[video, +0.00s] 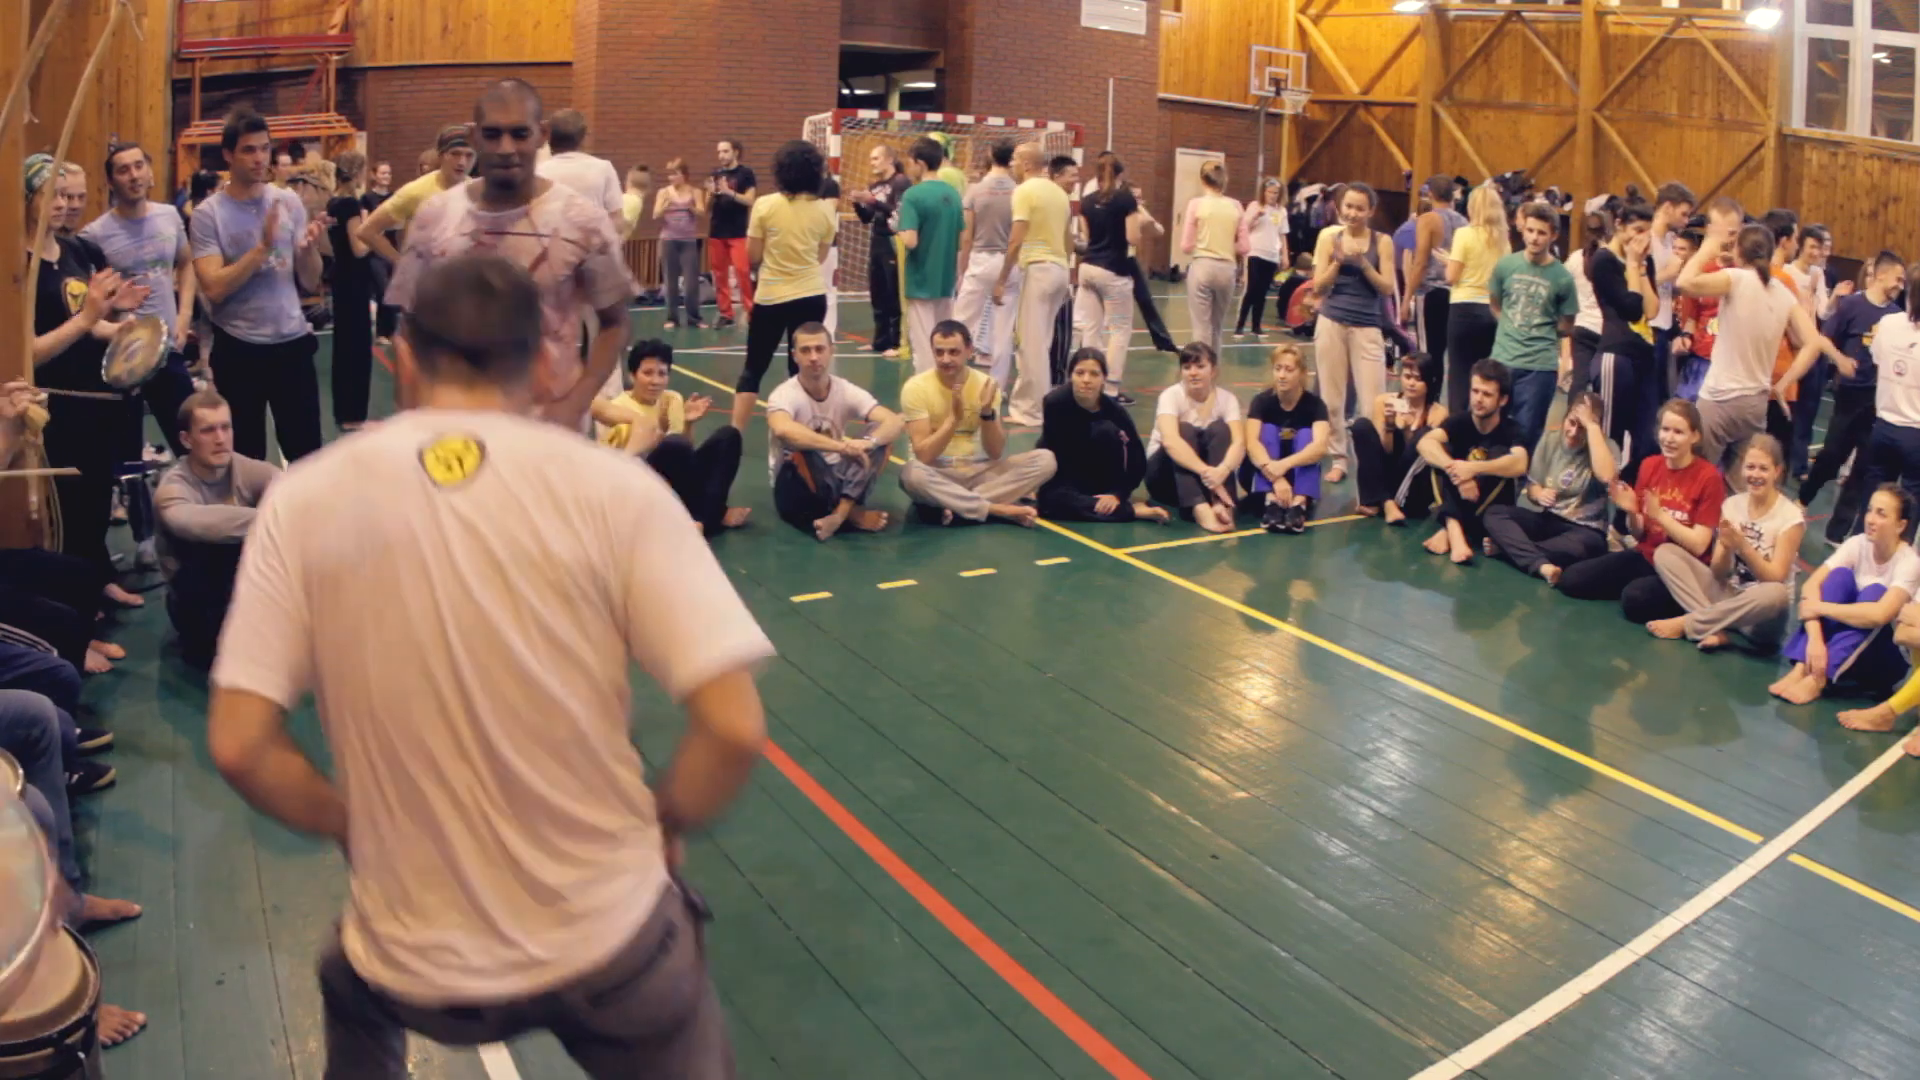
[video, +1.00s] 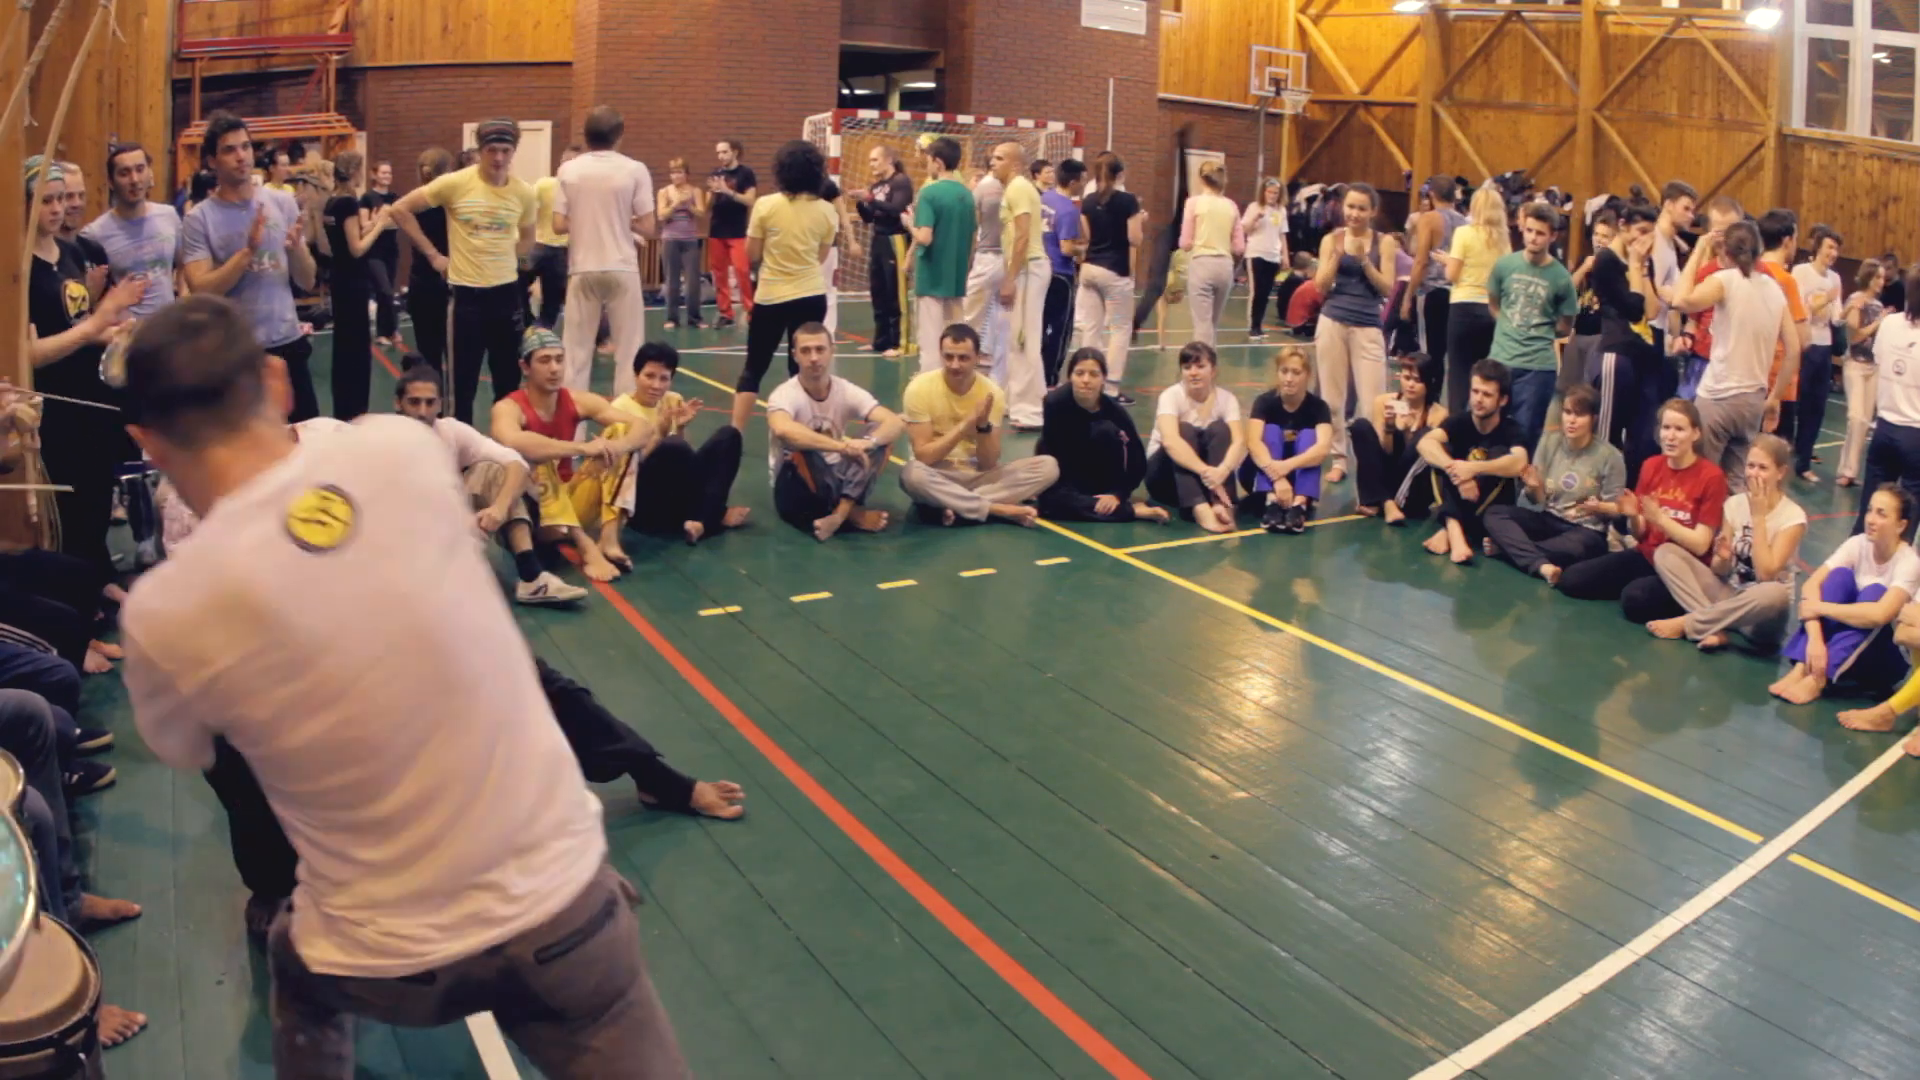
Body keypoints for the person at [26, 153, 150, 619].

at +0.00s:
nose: (68, 204)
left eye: (74, 197)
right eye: (58, 195)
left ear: (80, 201)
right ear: (32, 198)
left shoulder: (79, 251)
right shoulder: (19, 262)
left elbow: (87, 321)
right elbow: (27, 354)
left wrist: (119, 323)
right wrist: (86, 316)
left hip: (95, 391)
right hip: (53, 397)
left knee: (97, 494)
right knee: (72, 498)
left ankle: (100, 576)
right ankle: (78, 592)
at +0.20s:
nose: (66, 205)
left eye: (73, 197)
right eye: (56, 196)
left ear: (79, 201)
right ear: (29, 200)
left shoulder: (81, 253)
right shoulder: (17, 264)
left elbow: (94, 323)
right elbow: (16, 359)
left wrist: (104, 316)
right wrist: (84, 368)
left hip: (99, 395)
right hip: (54, 400)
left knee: (96, 494)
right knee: (70, 498)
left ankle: (99, 576)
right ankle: (75, 588)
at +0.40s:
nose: (56, 215)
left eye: (61, 205)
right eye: (46, 206)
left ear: (68, 209)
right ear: (24, 210)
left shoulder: (71, 257)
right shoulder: (15, 274)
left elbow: (83, 322)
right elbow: (19, 365)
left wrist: (117, 313)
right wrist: (88, 363)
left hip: (90, 393)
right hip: (52, 404)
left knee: (97, 493)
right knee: (70, 499)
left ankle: (101, 575)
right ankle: (78, 591)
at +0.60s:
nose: (58, 208)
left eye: (65, 198)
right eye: (47, 198)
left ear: (71, 202)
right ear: (24, 201)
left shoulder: (80, 254)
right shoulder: (16, 265)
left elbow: (82, 332)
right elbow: (16, 353)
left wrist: (110, 314)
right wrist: (76, 327)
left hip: (89, 389)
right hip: (43, 396)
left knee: (94, 488)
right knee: (63, 494)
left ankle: (100, 574)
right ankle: (69, 586)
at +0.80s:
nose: (62, 210)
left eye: (69, 201)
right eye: (51, 201)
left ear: (76, 204)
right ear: (27, 204)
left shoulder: (82, 255)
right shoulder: (16, 267)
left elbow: (85, 330)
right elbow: (16, 358)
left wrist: (103, 314)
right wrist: (81, 344)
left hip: (96, 392)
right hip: (53, 400)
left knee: (97, 493)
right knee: (70, 497)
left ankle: (100, 574)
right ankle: (76, 587)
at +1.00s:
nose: (58, 208)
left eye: (62, 198)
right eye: (47, 199)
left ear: (68, 201)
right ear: (24, 204)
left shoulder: (72, 253)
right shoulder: (18, 264)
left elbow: (74, 326)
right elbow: (28, 352)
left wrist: (111, 330)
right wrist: (99, 318)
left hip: (93, 399)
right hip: (54, 406)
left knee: (94, 519)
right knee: (75, 521)